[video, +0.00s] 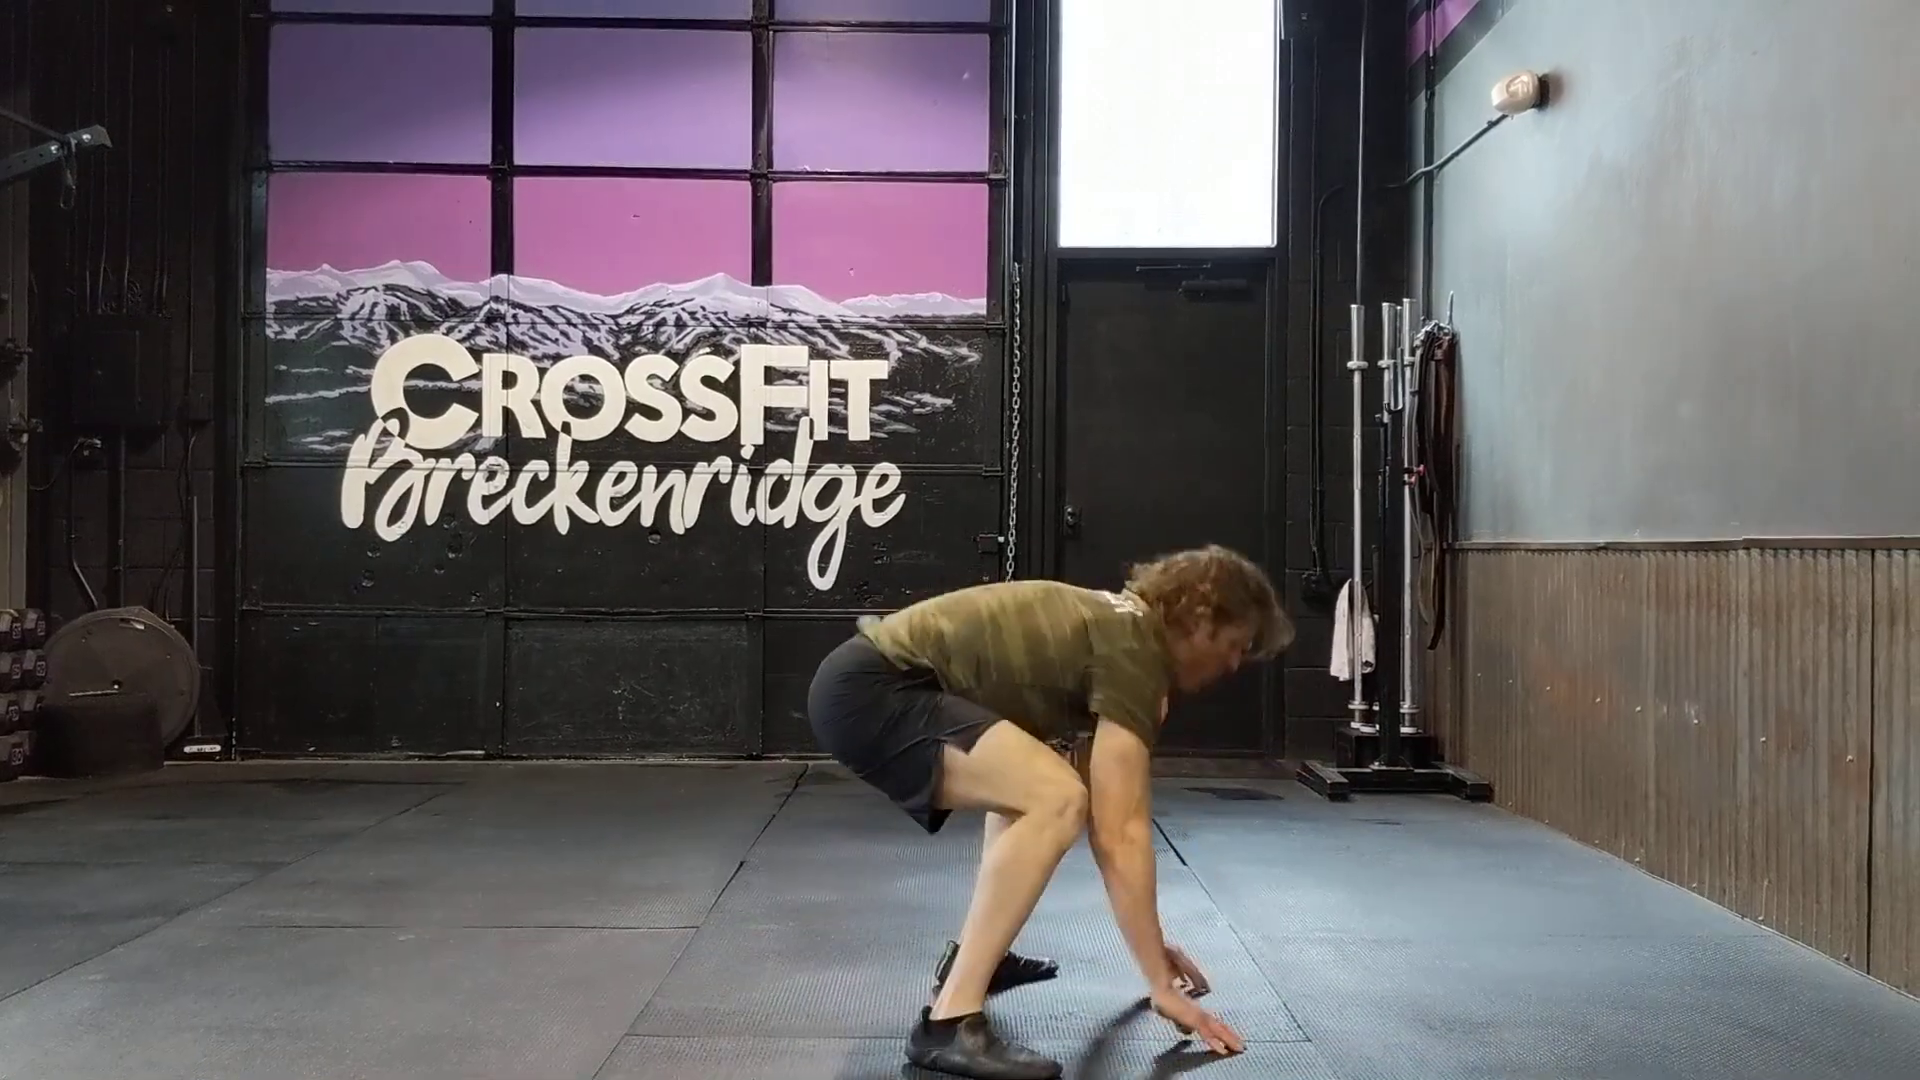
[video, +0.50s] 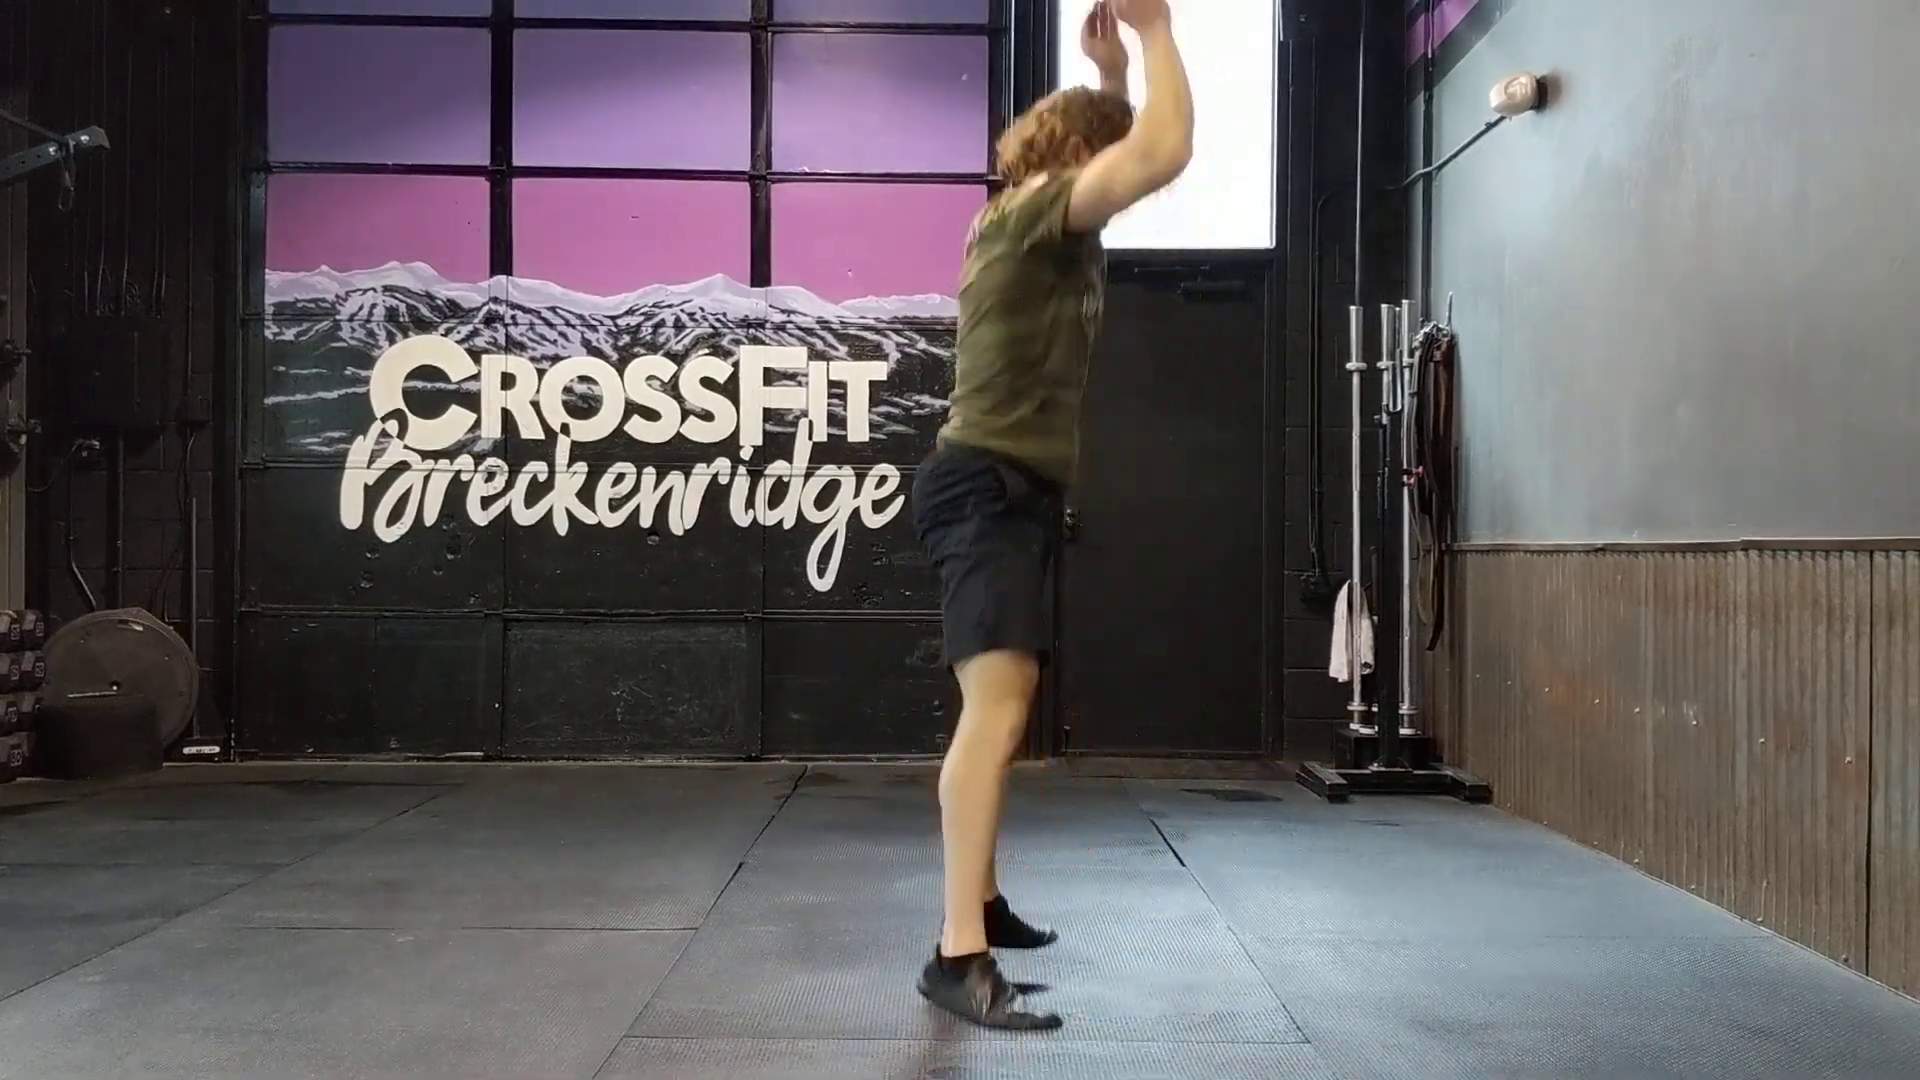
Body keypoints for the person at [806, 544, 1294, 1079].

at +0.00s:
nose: (1235, 665)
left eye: (1243, 653)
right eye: (1236, 647)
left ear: (1189, 613)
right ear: (1198, 618)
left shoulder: (1120, 632)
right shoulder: (1131, 650)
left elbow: (1117, 826)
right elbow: (1122, 838)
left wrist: (1151, 944)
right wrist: (1162, 991)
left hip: (877, 680)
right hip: (871, 689)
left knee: (1042, 778)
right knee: (1056, 804)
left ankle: (976, 957)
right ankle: (949, 1023)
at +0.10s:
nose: (1226, 595)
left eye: (1231, 580)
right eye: (1222, 575)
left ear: (1168, 558)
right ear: (1176, 559)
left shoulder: (1095, 583)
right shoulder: (1112, 602)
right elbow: (1126, 781)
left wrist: (1177, 861)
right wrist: (1208, 904)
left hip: (871, 687)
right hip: (874, 696)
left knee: (1033, 781)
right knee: (1062, 803)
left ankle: (974, 956)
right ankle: (949, 1024)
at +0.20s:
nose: (1216, 510)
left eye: (1219, 495)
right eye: (1211, 491)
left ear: (1156, 483)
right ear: (1162, 483)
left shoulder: (1096, 534)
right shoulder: (1092, 536)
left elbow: (1109, 678)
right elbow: (1109, 695)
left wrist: (1187, 711)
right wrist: (1249, 759)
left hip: (912, 668)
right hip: (886, 675)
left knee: (1054, 757)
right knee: (1060, 803)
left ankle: (979, 952)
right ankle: (948, 1023)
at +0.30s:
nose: (1187, 408)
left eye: (1188, 393)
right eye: (1179, 391)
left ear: (1119, 387)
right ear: (1127, 385)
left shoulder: (1072, 452)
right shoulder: (1058, 457)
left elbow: (1102, 537)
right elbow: (1114, 572)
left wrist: (1175, 504)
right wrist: (1257, 519)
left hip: (945, 649)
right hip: (914, 652)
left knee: (1068, 754)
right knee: (1074, 808)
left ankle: (979, 949)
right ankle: (949, 1023)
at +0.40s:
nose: (1149, 298)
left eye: (1150, 283)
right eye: (1140, 281)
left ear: (1078, 276)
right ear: (1095, 277)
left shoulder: (1046, 341)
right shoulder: (1037, 342)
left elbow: (1148, 372)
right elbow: (1154, 375)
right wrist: (1205, 253)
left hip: (979, 587)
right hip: (954, 587)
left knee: (1045, 773)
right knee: (1053, 785)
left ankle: (975, 950)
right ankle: (950, 1016)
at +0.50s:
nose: (1116, 181)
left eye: (1119, 162)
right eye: (1112, 161)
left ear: (1049, 150)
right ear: (1074, 156)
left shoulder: (1032, 219)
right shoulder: (1030, 216)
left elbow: (1099, 145)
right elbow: (1160, 152)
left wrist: (1110, 66)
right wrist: (1158, 30)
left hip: (1011, 490)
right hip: (985, 486)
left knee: (996, 709)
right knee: (994, 713)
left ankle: (974, 897)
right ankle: (957, 954)